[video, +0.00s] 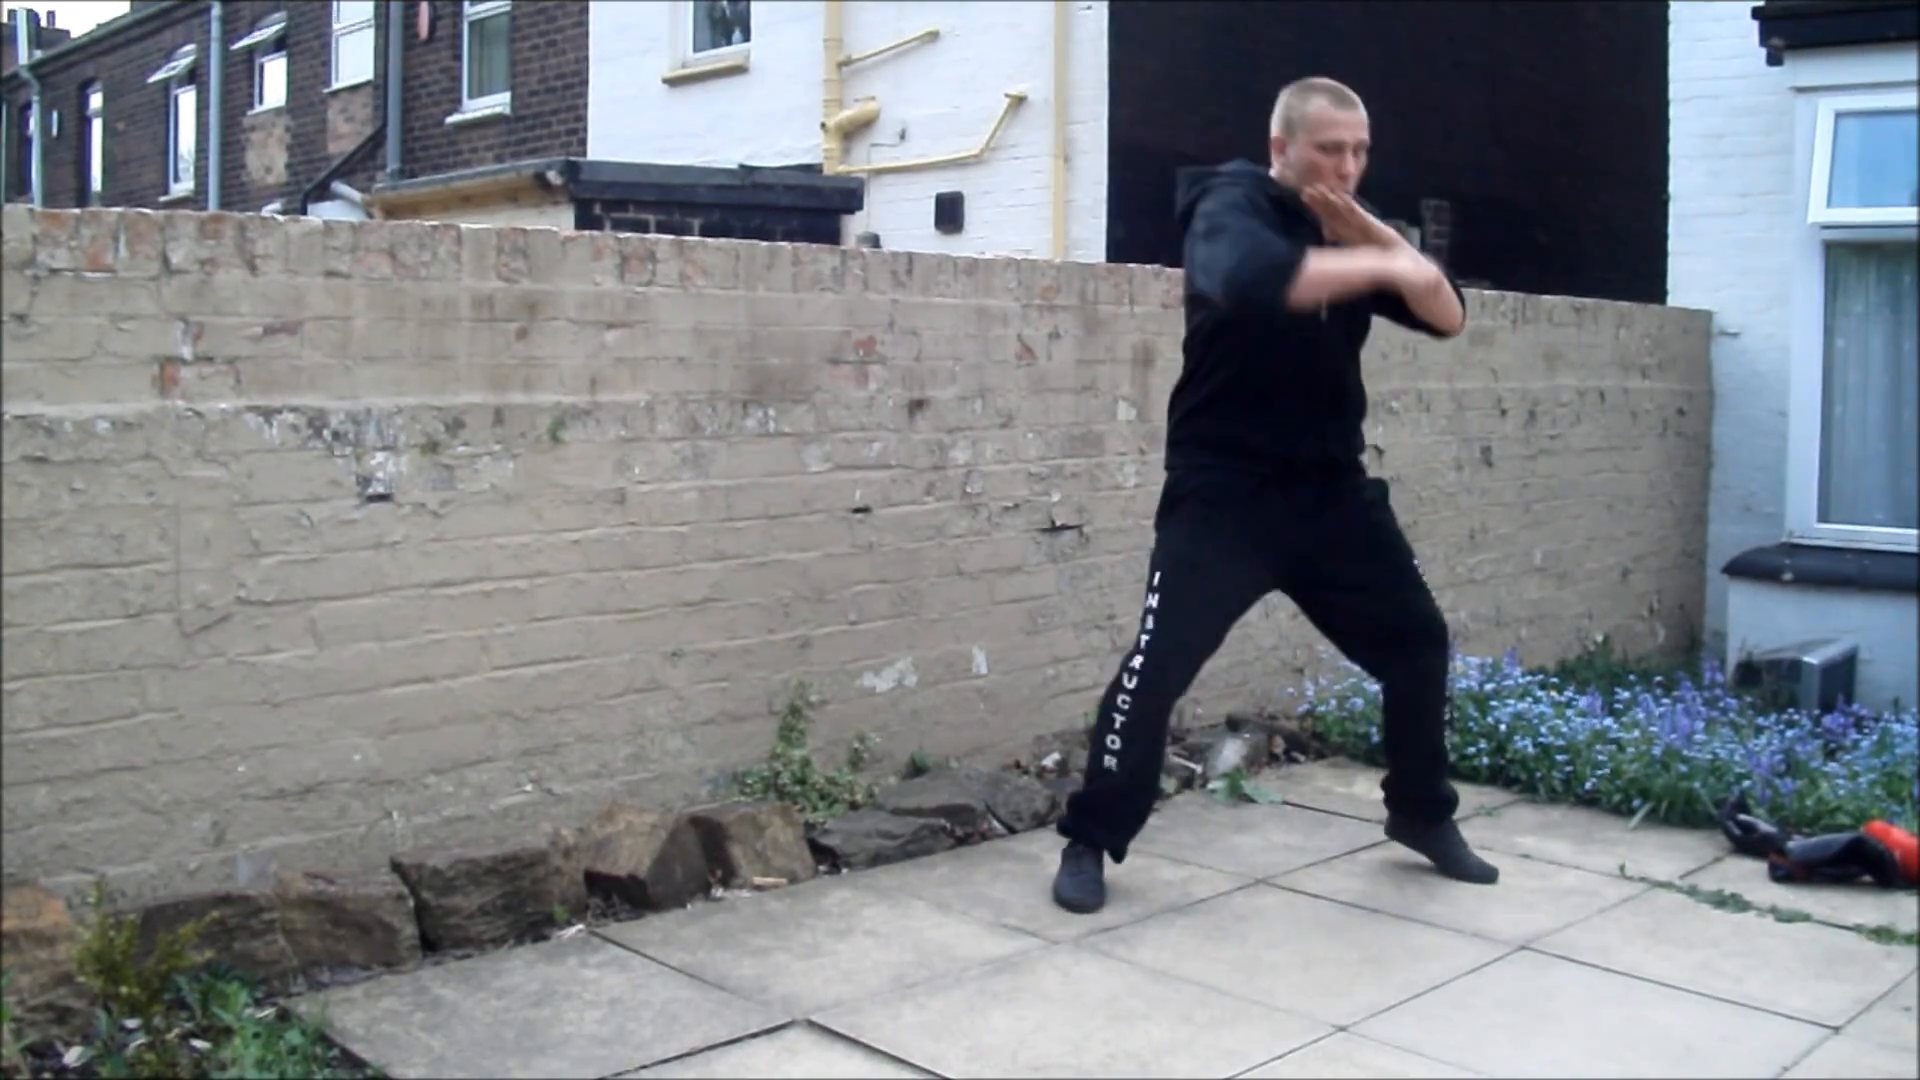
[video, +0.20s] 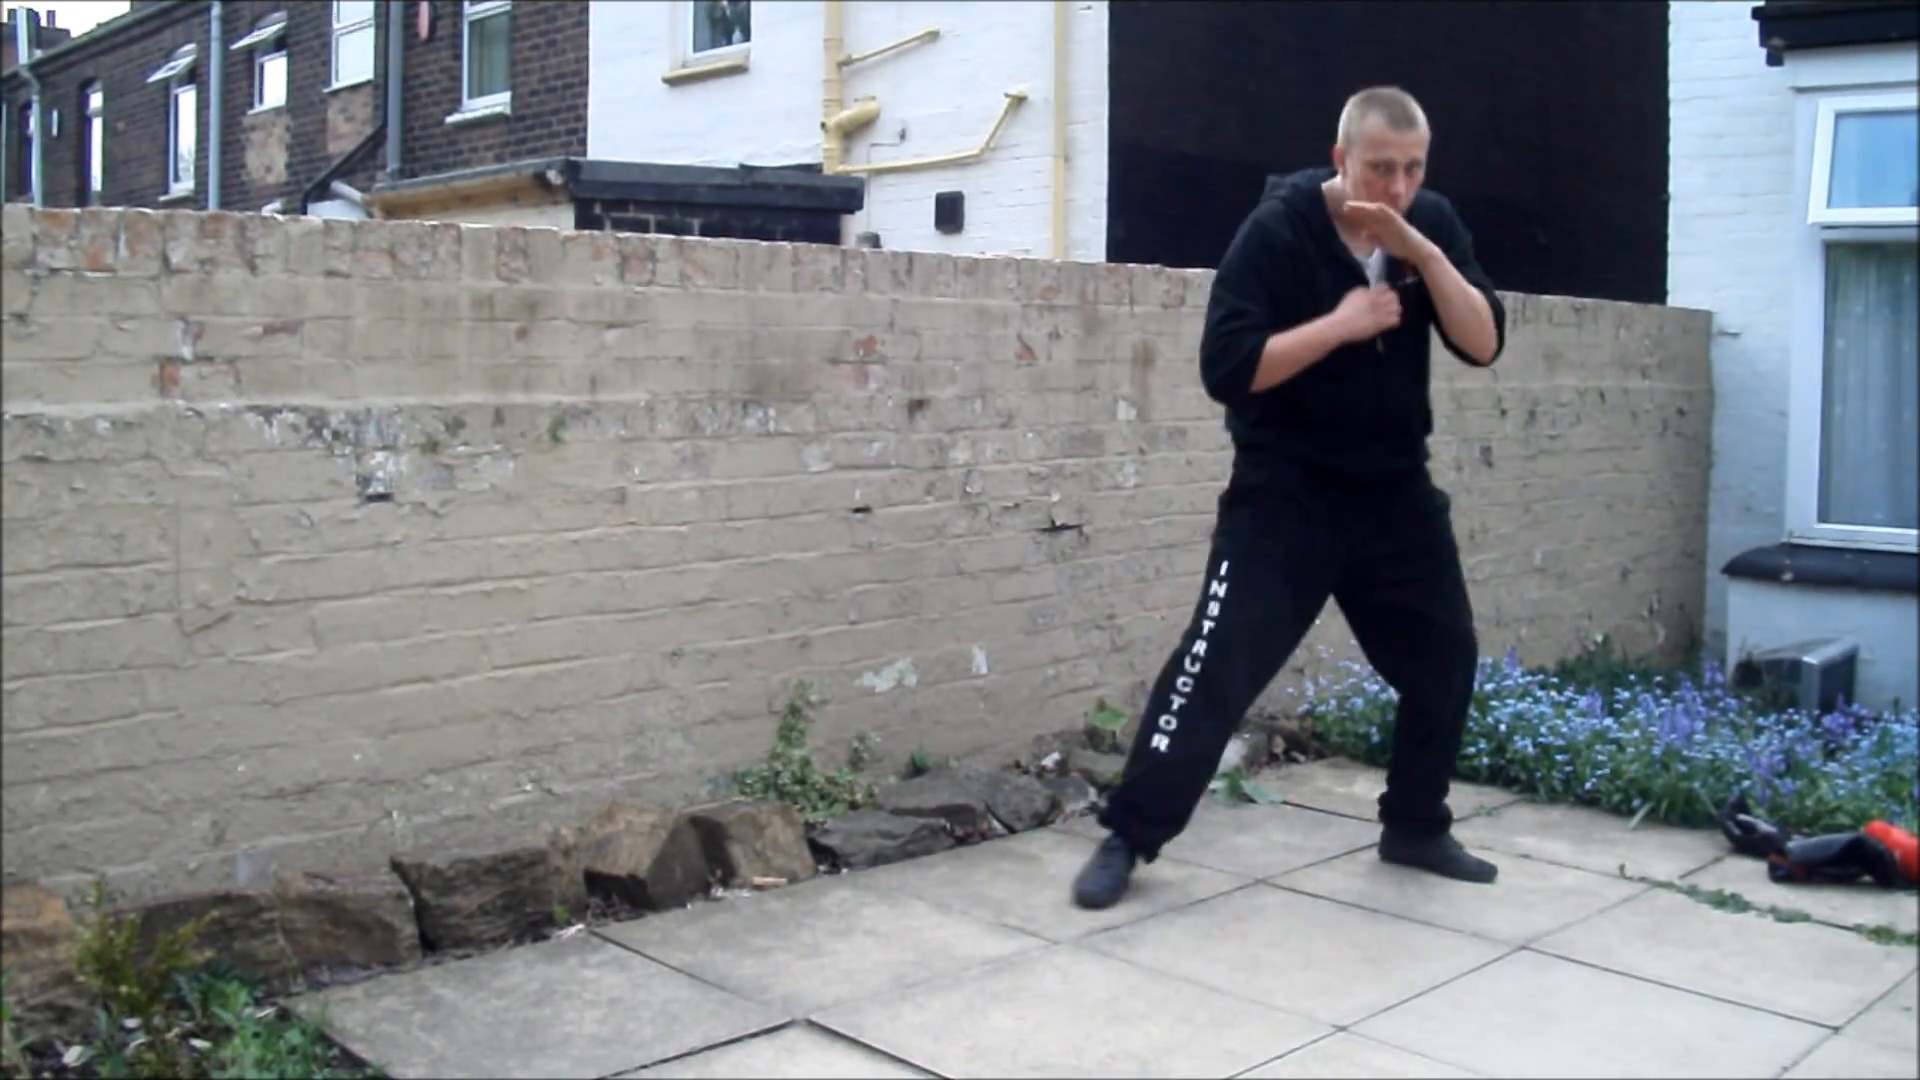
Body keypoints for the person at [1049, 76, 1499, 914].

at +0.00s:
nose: (1347, 167)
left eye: (1358, 154)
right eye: (1331, 152)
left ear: (1364, 155)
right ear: (1280, 146)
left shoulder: (1361, 229)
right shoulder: (1235, 201)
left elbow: (1448, 320)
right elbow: (1239, 277)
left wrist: (1360, 228)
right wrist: (1388, 263)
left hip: (1329, 493)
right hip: (1222, 493)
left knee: (1418, 642)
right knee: (1156, 665)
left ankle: (1420, 814)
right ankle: (1090, 841)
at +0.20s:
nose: (1394, 183)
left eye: (1409, 169)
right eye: (1377, 167)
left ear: (1426, 166)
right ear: (1340, 158)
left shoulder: (1433, 224)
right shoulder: (1279, 228)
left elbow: (1482, 343)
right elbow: (1226, 369)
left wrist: (1422, 251)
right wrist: (1339, 323)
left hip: (1394, 497)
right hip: (1281, 498)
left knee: (1444, 657)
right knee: (1217, 662)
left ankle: (1415, 829)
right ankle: (1124, 837)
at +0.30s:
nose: (1387, 122)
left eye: (1402, 106)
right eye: (1371, 105)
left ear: (1420, 105)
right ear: (1336, 101)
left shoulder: (1446, 174)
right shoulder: (1281, 176)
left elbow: (1468, 300)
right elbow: (1241, 319)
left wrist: (1408, 200)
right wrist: (1339, 254)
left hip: (1405, 444)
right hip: (1295, 439)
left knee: (1423, 634)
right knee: (1259, 621)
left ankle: (1428, 806)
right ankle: (1227, 796)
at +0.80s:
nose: (1376, 147)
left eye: (1393, 133)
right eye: (1363, 131)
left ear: (1416, 140)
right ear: (1333, 132)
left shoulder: (1437, 212)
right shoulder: (1274, 215)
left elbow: (1453, 300)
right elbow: (1207, 344)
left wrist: (1390, 198)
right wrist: (1266, 343)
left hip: (1397, 483)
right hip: (1282, 481)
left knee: (1444, 639)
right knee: (1215, 636)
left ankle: (1408, 800)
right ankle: (1140, 820)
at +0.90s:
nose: (1346, 159)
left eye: (1364, 145)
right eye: (1333, 142)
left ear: (1386, 151)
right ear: (1302, 142)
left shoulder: (1409, 233)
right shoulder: (1244, 230)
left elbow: (1433, 326)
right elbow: (1176, 367)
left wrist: (1367, 227)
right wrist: (1232, 336)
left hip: (1367, 507)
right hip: (1253, 505)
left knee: (1420, 651)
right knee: (1188, 661)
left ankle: (1403, 811)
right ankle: (1086, 834)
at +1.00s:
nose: (1289, 151)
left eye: (1306, 135)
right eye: (1275, 134)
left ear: (1334, 141)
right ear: (1251, 134)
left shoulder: (1371, 234)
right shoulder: (1203, 215)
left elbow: (1389, 360)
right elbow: (1093, 294)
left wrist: (1330, 252)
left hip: (1340, 494)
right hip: (1218, 492)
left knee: (1412, 645)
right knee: (1160, 657)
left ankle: (1416, 792)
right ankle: (1082, 834)